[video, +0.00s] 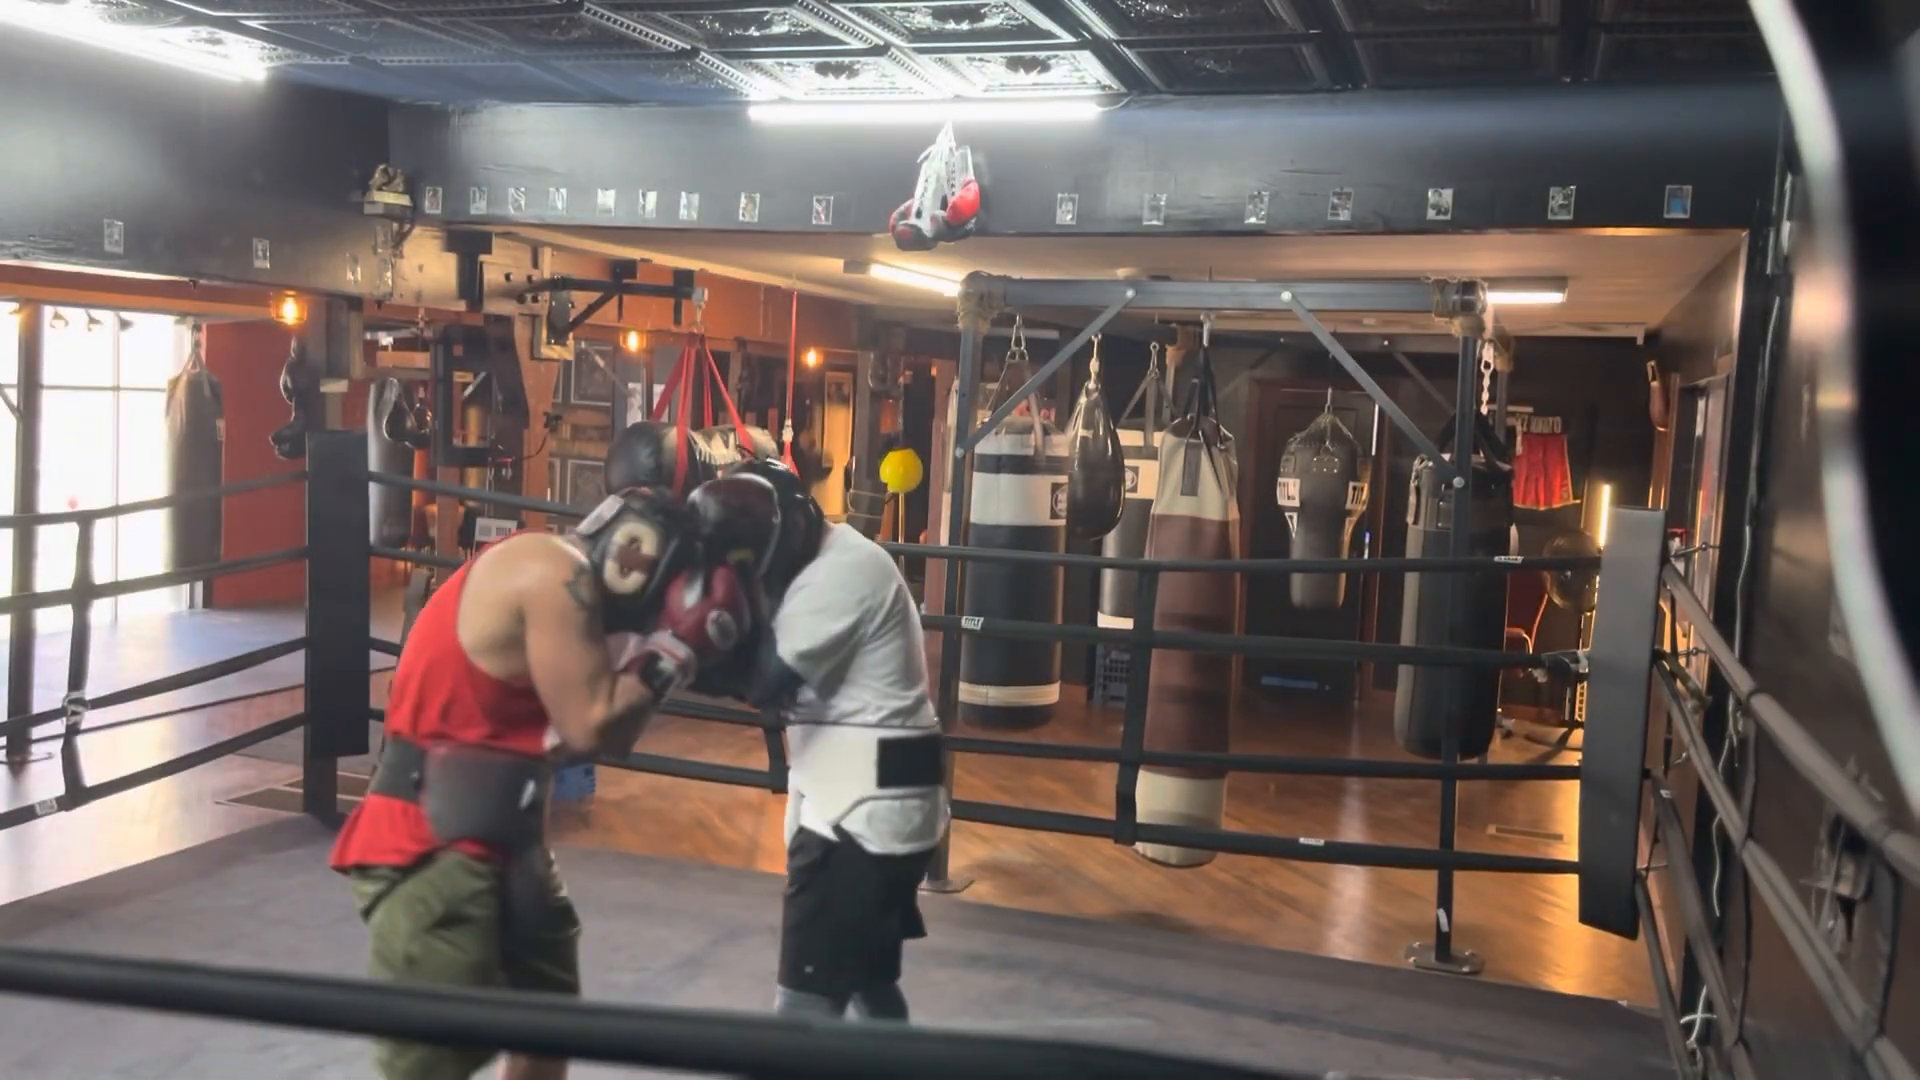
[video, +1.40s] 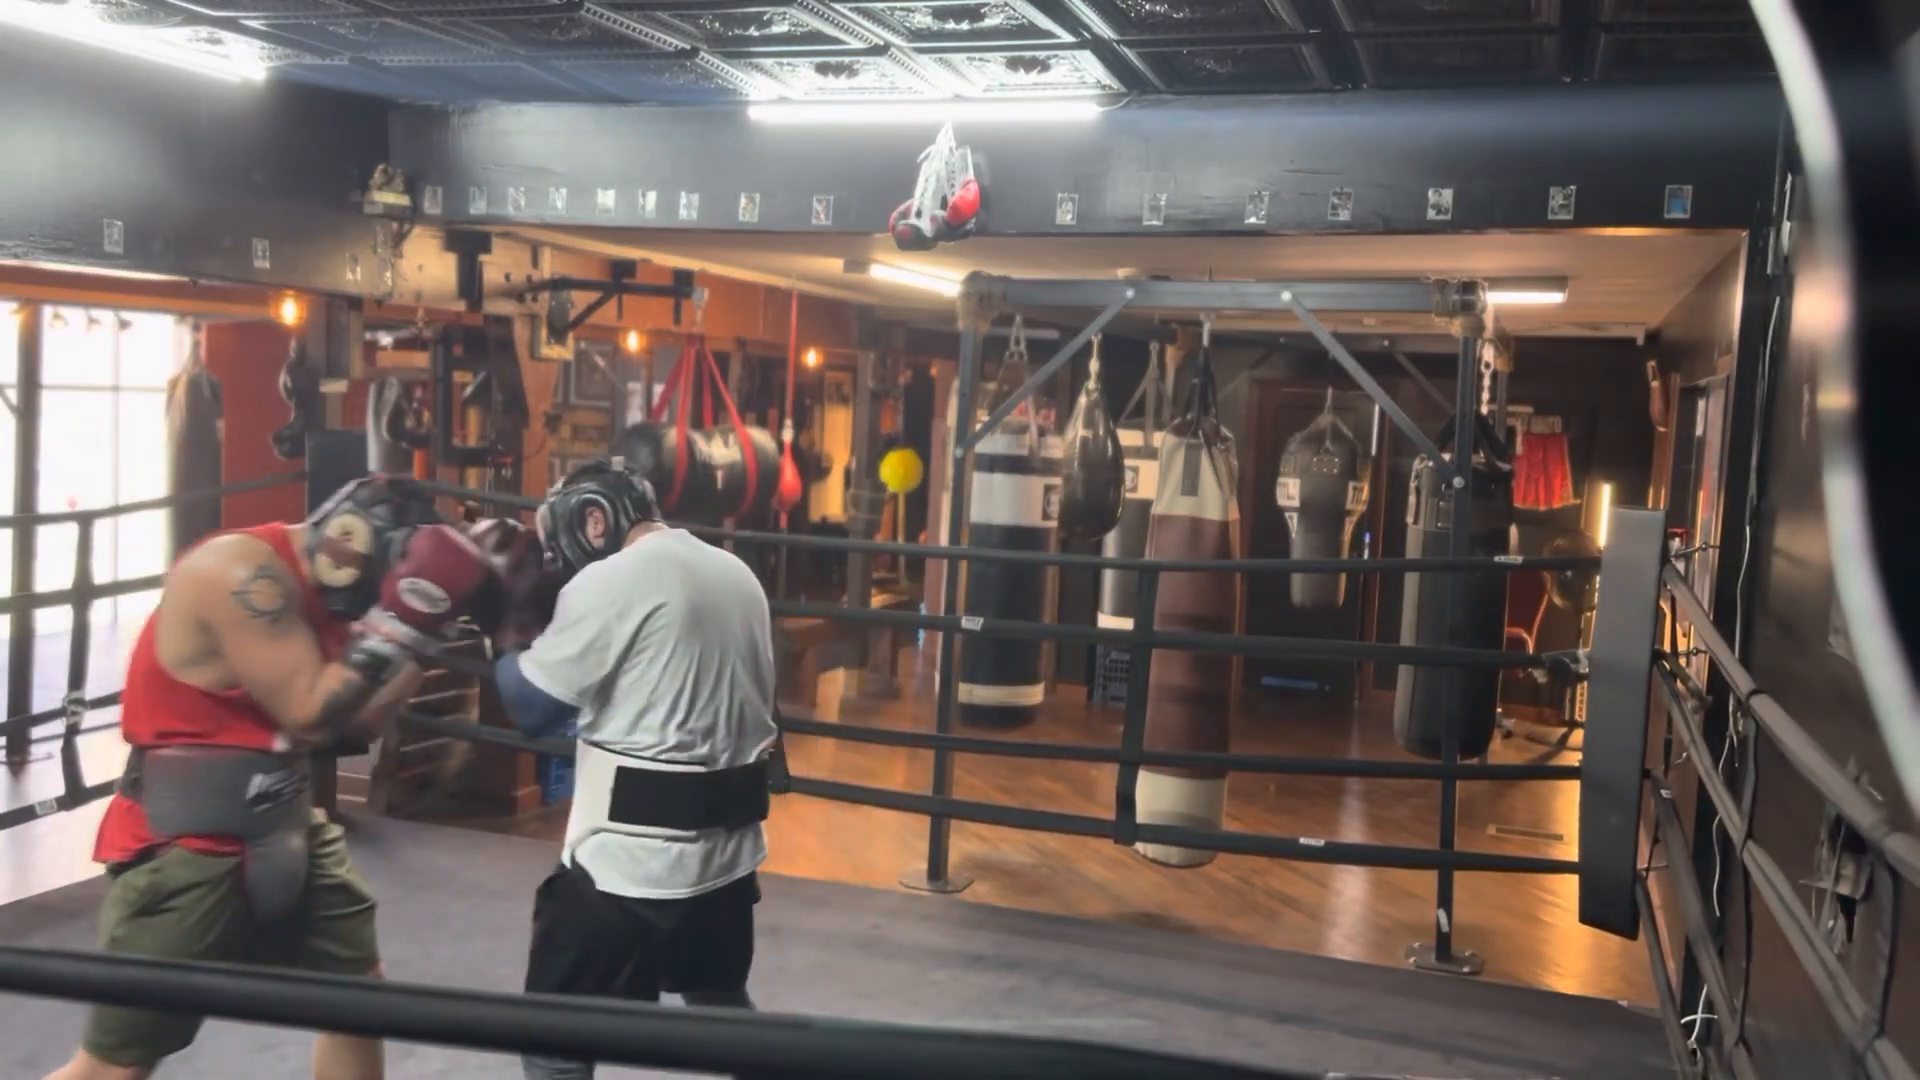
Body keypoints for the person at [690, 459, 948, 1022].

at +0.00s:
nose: (751, 570)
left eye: (751, 554)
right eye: (743, 559)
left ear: (781, 528)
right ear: (787, 519)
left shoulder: (847, 566)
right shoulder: (838, 559)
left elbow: (766, 683)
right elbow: (763, 668)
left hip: (863, 809)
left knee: (807, 1003)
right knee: (872, 989)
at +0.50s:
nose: (667, 595)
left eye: (674, 579)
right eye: (660, 581)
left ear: (720, 558)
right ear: (721, 553)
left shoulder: (806, 616)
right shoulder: (743, 582)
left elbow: (798, 751)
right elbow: (736, 712)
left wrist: (702, 686)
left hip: (836, 837)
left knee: (790, 1019)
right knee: (866, 999)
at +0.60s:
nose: (651, 583)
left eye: (654, 567)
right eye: (641, 571)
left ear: (702, 546)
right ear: (704, 543)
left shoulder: (779, 581)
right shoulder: (750, 571)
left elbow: (686, 712)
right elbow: (704, 668)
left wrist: (590, 636)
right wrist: (640, 625)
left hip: (826, 831)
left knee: (804, 1018)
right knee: (811, 1015)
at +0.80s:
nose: (641, 565)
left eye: (644, 548)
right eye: (632, 552)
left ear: (685, 525)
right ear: (691, 519)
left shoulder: (738, 571)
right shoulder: (772, 554)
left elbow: (654, 696)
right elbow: (680, 684)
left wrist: (585, 632)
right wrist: (623, 626)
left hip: (785, 832)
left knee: (740, 1020)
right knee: (762, 1018)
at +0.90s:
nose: (639, 562)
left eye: (639, 543)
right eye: (633, 546)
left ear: (670, 530)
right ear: (684, 523)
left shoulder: (717, 578)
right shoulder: (766, 560)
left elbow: (688, 710)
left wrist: (625, 658)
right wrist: (635, 641)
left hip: (761, 834)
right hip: (825, 828)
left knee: (664, 995)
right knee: (759, 988)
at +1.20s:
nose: (608, 560)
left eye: (606, 543)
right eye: (601, 547)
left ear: (630, 525)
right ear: (680, 509)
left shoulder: (666, 576)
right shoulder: (758, 563)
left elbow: (622, 708)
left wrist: (573, 657)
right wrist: (590, 644)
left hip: (690, 848)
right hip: (773, 846)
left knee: (607, 1028)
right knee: (745, 1009)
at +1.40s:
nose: (568, 553)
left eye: (570, 535)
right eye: (565, 537)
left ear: (599, 520)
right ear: (651, 513)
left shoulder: (606, 587)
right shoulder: (739, 575)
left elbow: (528, 701)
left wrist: (512, 615)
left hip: (626, 875)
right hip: (728, 871)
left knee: (555, 1044)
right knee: (721, 1016)